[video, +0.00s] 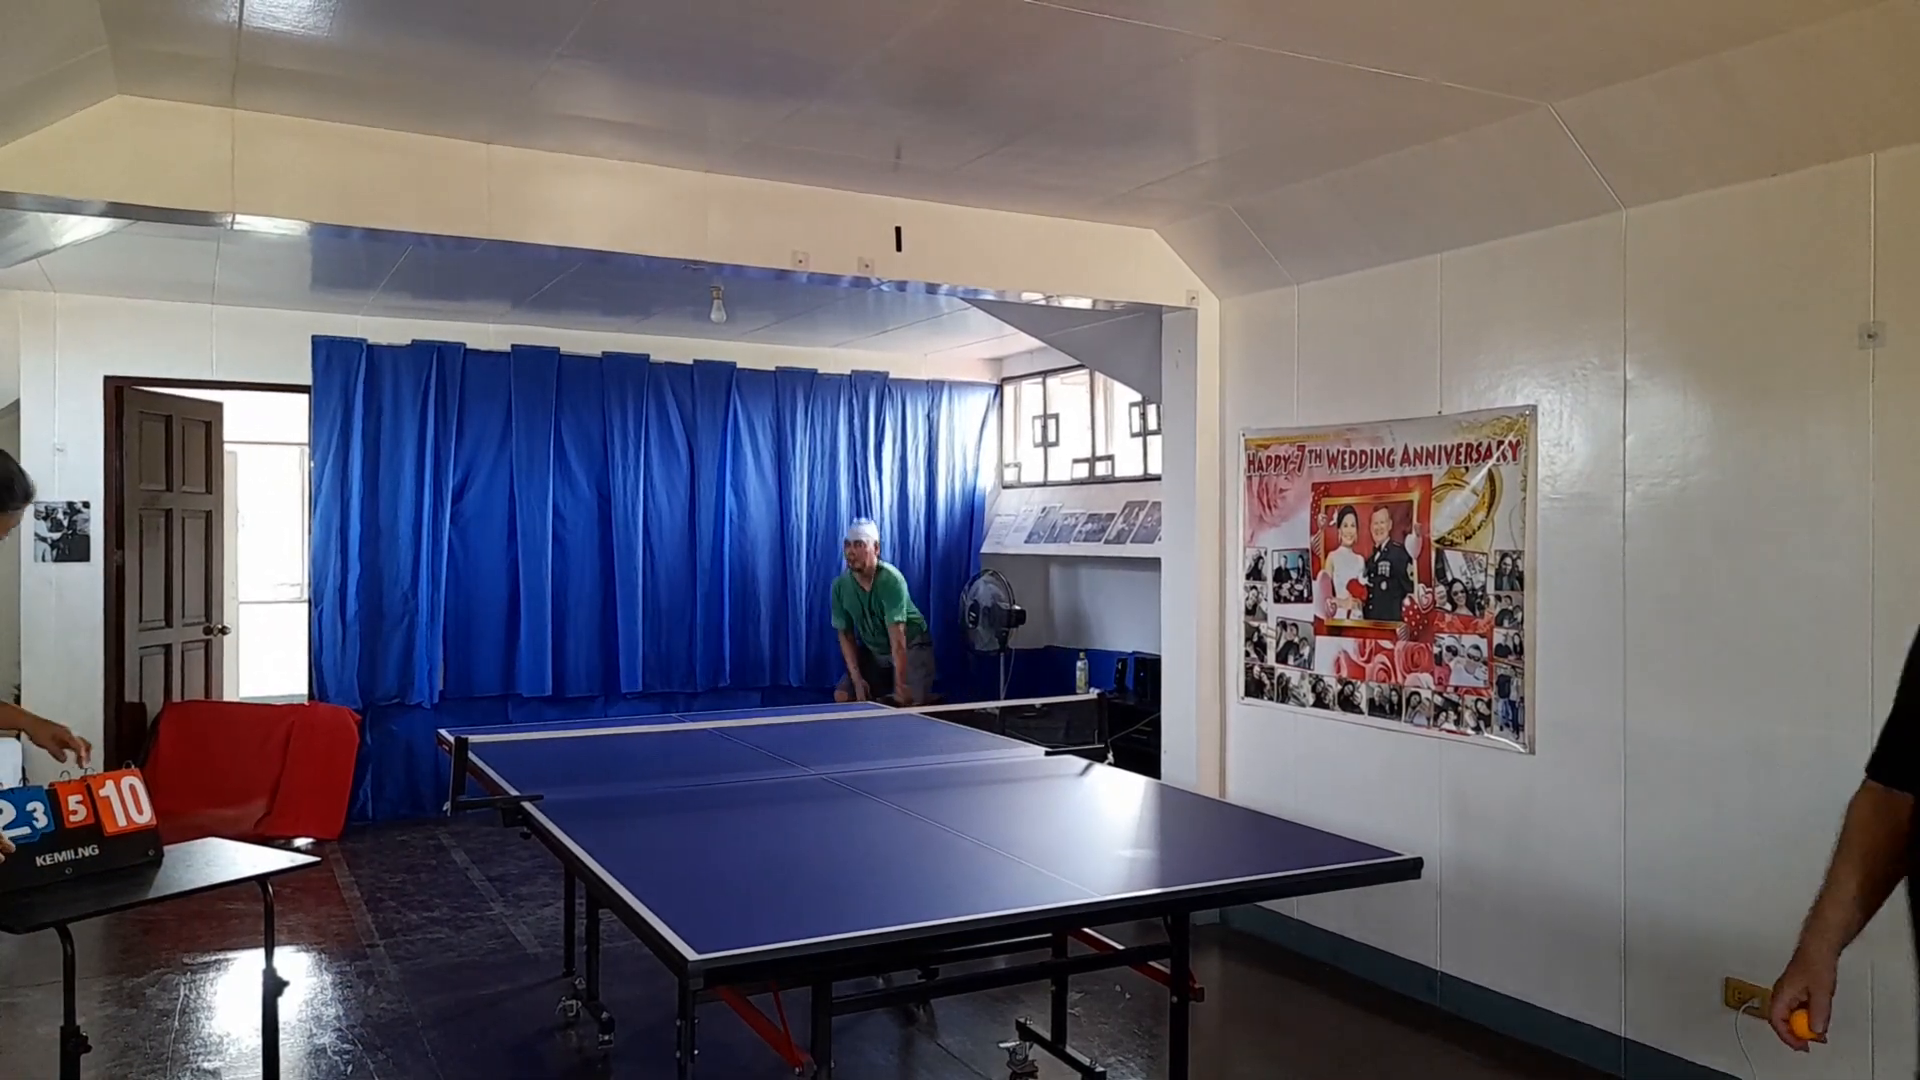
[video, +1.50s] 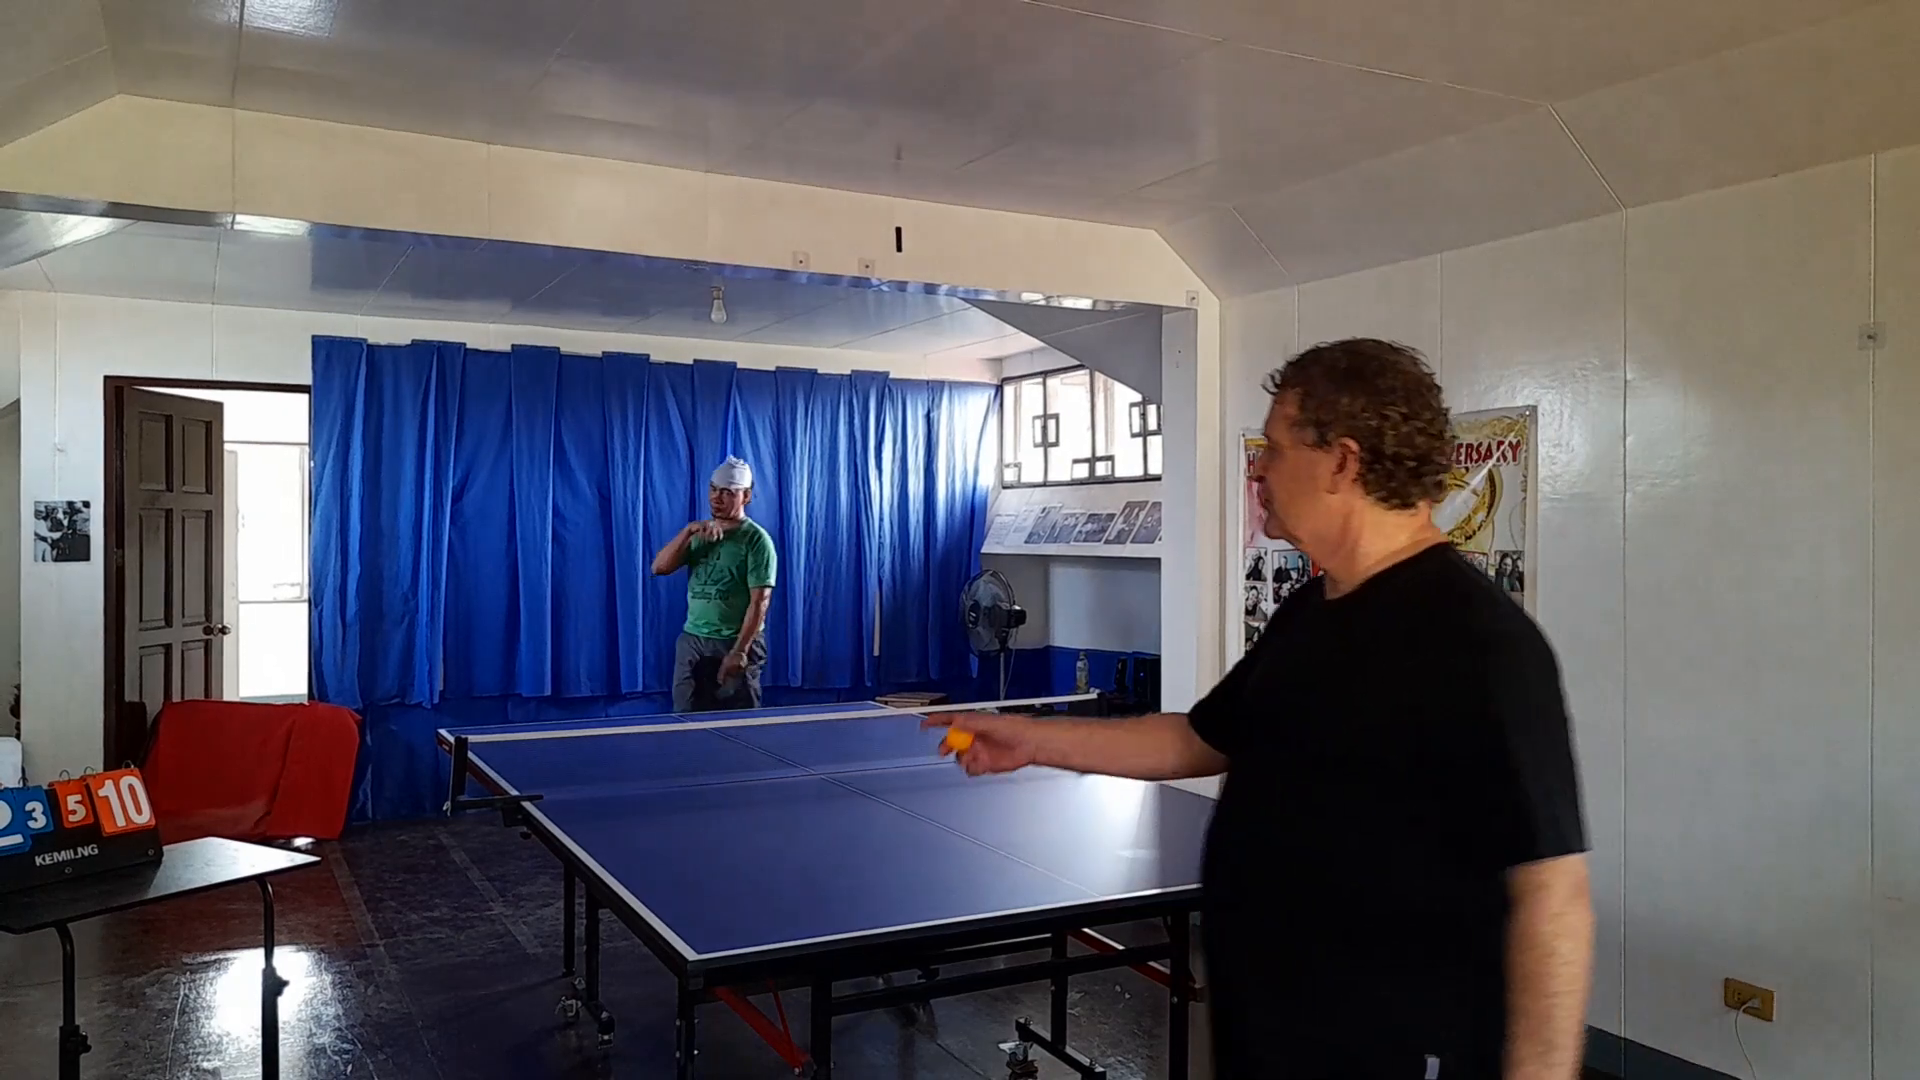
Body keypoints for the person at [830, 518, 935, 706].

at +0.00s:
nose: (850, 552)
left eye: (858, 545)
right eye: (847, 545)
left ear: (875, 548)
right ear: (843, 548)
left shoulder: (891, 581)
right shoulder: (840, 586)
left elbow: (897, 638)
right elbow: (845, 635)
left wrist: (900, 686)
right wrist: (857, 680)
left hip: (912, 646)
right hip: (874, 649)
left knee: (909, 703)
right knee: (843, 695)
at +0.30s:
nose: (837, 494)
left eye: (845, 489)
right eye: (834, 488)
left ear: (862, 495)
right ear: (831, 493)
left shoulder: (875, 531)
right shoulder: (825, 537)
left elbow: (885, 581)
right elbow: (814, 583)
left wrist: (833, 590)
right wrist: (820, 625)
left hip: (883, 621)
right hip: (848, 624)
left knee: (886, 695)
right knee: (848, 696)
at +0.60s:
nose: (814, 491)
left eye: (823, 486)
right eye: (812, 486)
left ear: (840, 496)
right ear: (807, 491)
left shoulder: (854, 533)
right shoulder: (803, 539)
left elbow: (874, 585)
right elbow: (801, 590)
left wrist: (847, 622)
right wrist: (777, 628)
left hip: (857, 627)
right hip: (825, 628)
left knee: (835, 701)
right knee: (850, 702)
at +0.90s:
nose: (789, 491)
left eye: (799, 487)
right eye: (789, 485)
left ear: (816, 497)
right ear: (785, 489)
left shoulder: (826, 538)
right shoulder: (775, 535)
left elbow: (849, 588)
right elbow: (761, 584)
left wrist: (837, 634)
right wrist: (737, 577)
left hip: (811, 631)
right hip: (780, 631)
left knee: (787, 706)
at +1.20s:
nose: (761, 494)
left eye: (770, 489)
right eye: (758, 486)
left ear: (787, 495)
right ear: (753, 488)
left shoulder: (798, 535)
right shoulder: (744, 530)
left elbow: (805, 589)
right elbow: (707, 564)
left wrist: (763, 616)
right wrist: (725, 521)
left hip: (783, 638)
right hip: (743, 637)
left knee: (794, 719)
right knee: (729, 716)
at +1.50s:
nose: (718, 497)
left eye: (727, 492)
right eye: (714, 490)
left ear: (745, 496)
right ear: (708, 492)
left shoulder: (756, 540)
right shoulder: (697, 535)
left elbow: (760, 602)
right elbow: (659, 568)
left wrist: (740, 651)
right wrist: (688, 531)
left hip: (736, 647)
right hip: (693, 643)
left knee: (741, 725)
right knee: (686, 721)